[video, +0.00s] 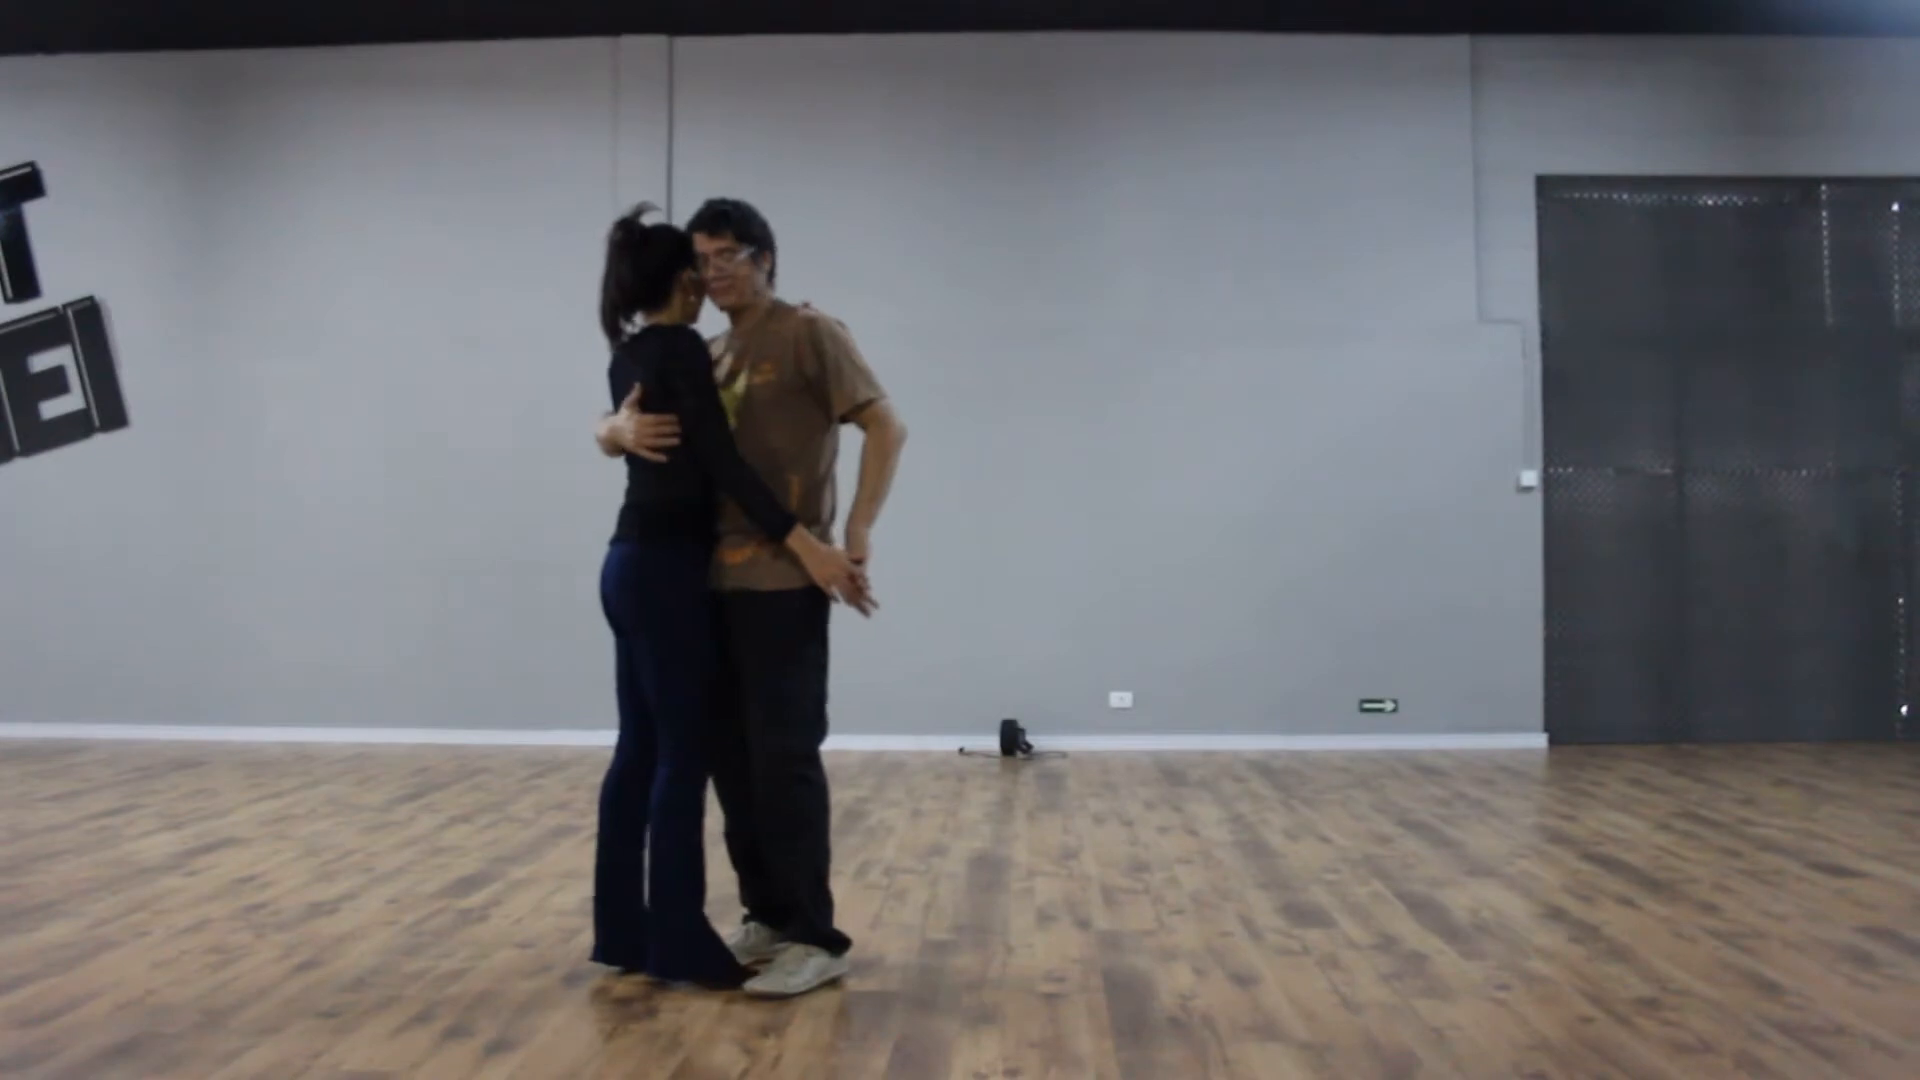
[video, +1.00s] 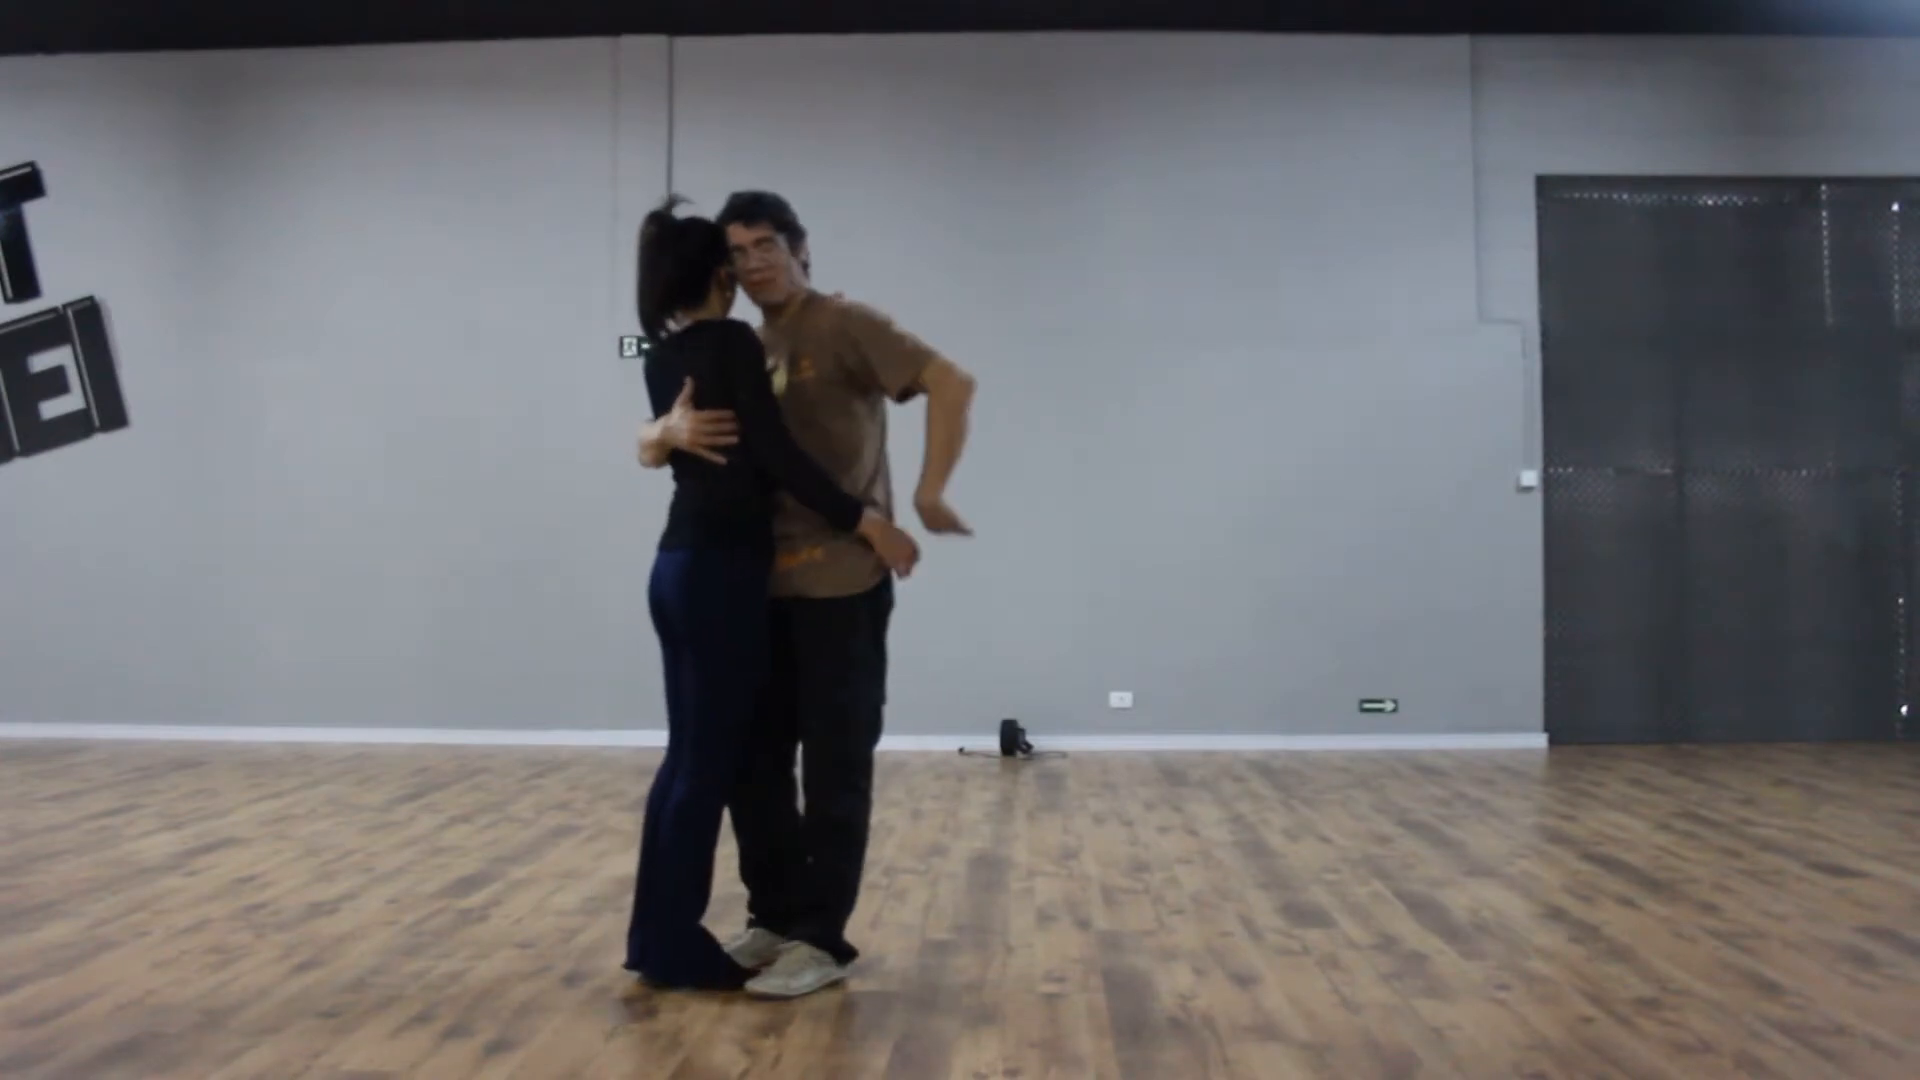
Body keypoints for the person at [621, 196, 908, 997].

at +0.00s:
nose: (717, 271)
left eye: (731, 255)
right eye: (704, 260)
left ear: (764, 259)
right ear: (695, 271)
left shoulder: (810, 335)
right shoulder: (704, 355)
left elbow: (884, 429)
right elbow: (617, 426)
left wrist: (856, 541)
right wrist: (612, 430)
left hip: (785, 584)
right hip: (714, 585)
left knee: (786, 761)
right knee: (734, 762)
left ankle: (814, 939)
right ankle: (767, 921)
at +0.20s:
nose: (733, 261)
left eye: (744, 246)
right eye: (719, 252)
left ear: (774, 252)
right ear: (706, 268)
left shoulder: (820, 331)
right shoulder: (713, 353)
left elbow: (902, 421)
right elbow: (617, 433)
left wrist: (869, 536)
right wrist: (629, 427)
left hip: (798, 580)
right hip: (726, 583)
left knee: (795, 760)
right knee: (741, 760)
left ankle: (815, 939)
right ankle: (769, 920)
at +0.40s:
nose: (746, 258)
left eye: (757, 242)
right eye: (731, 250)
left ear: (787, 248)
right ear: (719, 267)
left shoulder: (836, 326)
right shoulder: (724, 347)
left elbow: (927, 408)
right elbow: (625, 436)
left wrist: (888, 510)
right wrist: (648, 424)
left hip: (816, 584)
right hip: (741, 584)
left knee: (811, 762)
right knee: (752, 759)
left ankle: (818, 940)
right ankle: (770, 922)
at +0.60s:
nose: (756, 258)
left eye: (766, 241)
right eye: (739, 249)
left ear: (795, 245)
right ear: (727, 265)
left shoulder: (847, 324)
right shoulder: (732, 346)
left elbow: (942, 397)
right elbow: (637, 439)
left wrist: (902, 494)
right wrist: (660, 425)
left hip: (832, 583)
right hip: (753, 583)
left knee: (823, 762)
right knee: (756, 758)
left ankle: (822, 941)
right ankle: (771, 921)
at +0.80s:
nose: (759, 263)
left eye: (770, 245)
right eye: (743, 252)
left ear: (800, 248)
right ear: (730, 266)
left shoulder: (849, 325)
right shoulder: (735, 348)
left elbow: (952, 389)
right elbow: (644, 450)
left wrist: (909, 488)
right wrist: (666, 428)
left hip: (841, 586)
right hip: (759, 587)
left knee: (834, 767)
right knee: (754, 762)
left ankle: (823, 942)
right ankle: (774, 920)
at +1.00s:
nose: (755, 263)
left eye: (766, 246)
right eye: (739, 253)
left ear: (799, 249)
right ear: (728, 266)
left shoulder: (846, 326)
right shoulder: (735, 349)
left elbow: (950, 384)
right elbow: (646, 451)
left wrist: (930, 495)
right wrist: (667, 431)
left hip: (842, 587)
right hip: (761, 588)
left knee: (833, 767)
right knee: (756, 762)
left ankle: (822, 942)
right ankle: (774, 922)